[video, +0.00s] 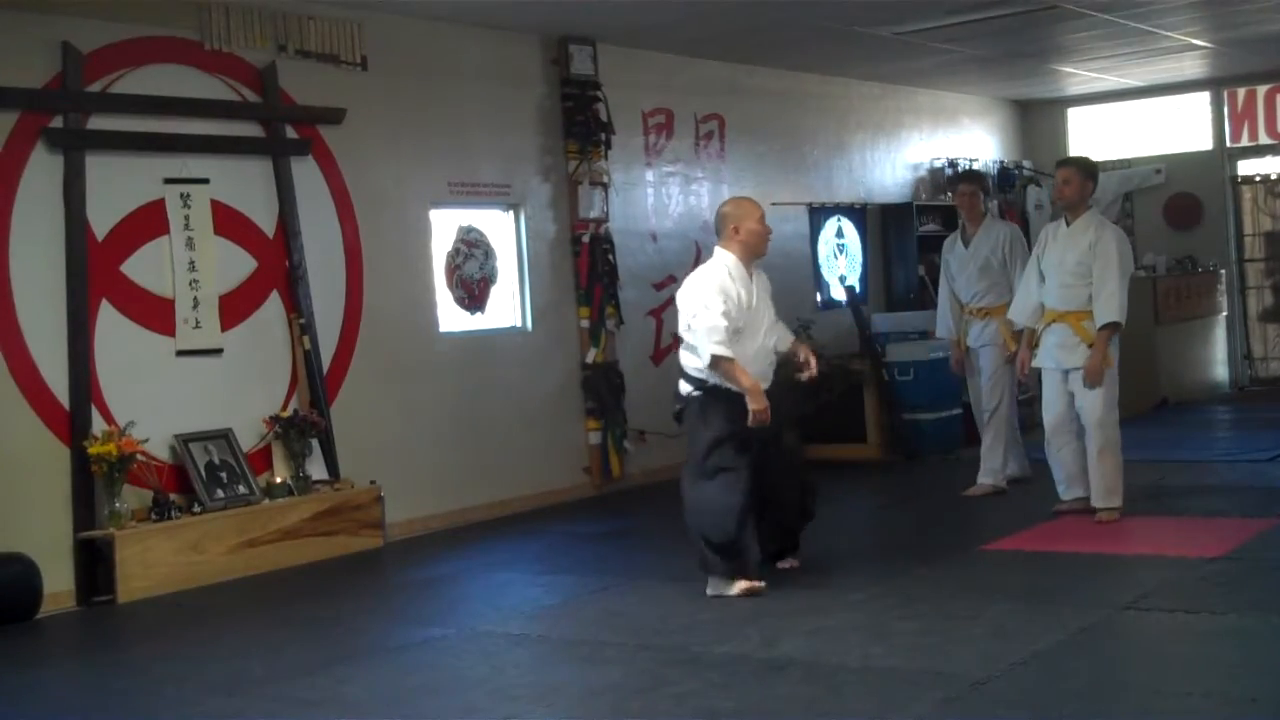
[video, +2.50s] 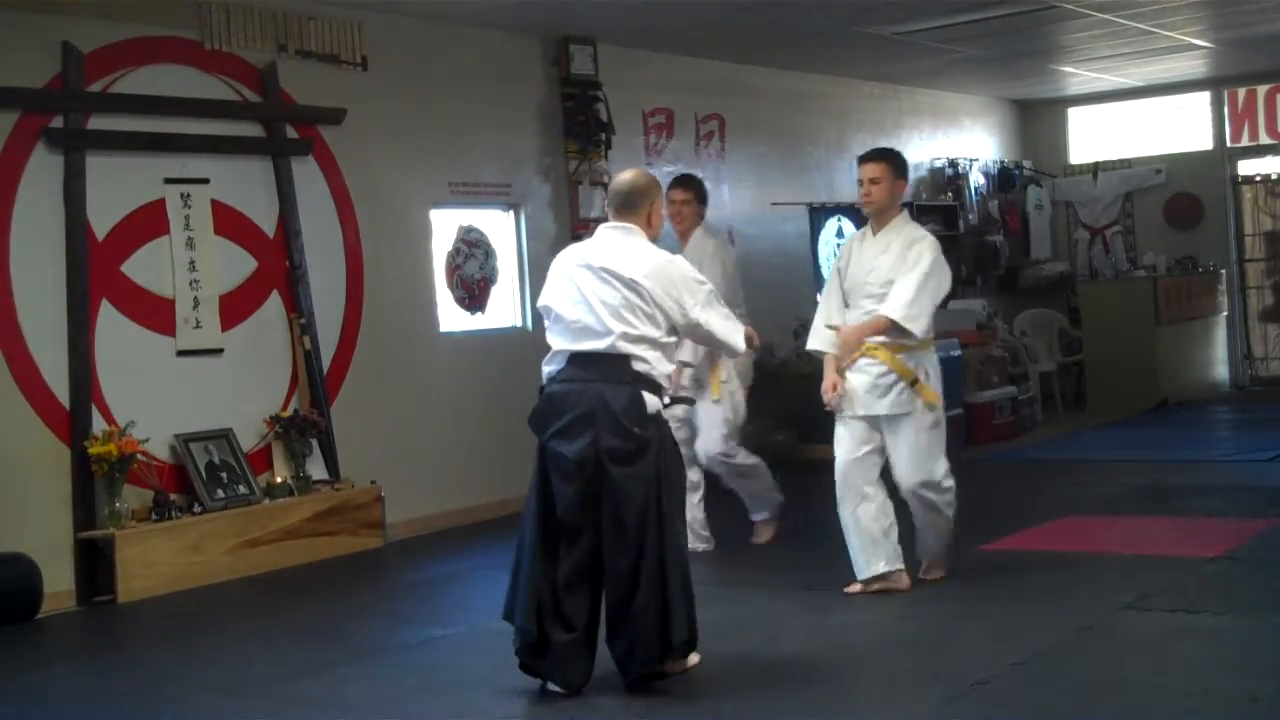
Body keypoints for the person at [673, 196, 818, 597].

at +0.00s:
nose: (769, 229)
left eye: (766, 222)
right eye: (762, 222)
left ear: (738, 231)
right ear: (737, 231)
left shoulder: (757, 279)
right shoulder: (707, 282)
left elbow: (768, 326)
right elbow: (713, 348)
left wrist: (796, 348)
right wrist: (750, 386)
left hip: (753, 395)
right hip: (712, 399)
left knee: (774, 472)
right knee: (722, 483)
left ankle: (776, 551)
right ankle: (722, 574)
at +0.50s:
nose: (709, 233)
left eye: (709, 225)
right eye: (708, 225)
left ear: (664, 226)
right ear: (694, 226)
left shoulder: (649, 267)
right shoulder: (683, 272)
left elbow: (689, 324)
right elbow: (680, 338)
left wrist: (734, 300)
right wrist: (694, 393)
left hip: (630, 388)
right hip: (665, 391)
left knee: (640, 496)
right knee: (710, 487)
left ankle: (633, 597)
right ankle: (716, 581)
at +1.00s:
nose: (664, 228)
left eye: (663, 220)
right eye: (662, 221)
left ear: (610, 223)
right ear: (651, 224)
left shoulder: (582, 271)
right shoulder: (648, 280)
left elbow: (617, 320)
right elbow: (699, 343)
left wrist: (673, 300)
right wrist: (751, 390)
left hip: (578, 410)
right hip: (629, 415)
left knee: (597, 520)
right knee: (636, 527)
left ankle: (596, 624)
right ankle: (621, 644)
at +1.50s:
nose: (633, 221)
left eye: (633, 214)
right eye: (632, 214)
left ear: (576, 212)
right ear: (622, 216)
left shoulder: (540, 263)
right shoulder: (618, 273)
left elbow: (566, 313)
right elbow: (665, 352)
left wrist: (629, 282)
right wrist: (721, 397)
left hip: (537, 410)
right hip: (599, 409)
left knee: (545, 536)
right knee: (621, 529)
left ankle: (560, 660)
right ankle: (631, 654)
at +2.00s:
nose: (611, 211)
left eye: (608, 201)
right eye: (609, 202)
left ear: (555, 210)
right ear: (597, 208)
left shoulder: (519, 266)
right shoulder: (614, 269)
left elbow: (500, 312)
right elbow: (665, 328)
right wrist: (709, 355)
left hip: (525, 415)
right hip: (591, 416)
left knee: (538, 539)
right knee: (630, 531)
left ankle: (554, 665)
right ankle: (667, 646)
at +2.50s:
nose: (666, 216)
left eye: (666, 208)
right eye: (665, 209)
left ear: (608, 209)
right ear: (654, 212)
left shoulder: (565, 260)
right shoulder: (665, 267)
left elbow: (555, 321)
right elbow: (720, 327)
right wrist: (743, 336)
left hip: (563, 396)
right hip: (627, 397)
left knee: (564, 533)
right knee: (645, 530)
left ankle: (561, 668)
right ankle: (657, 653)